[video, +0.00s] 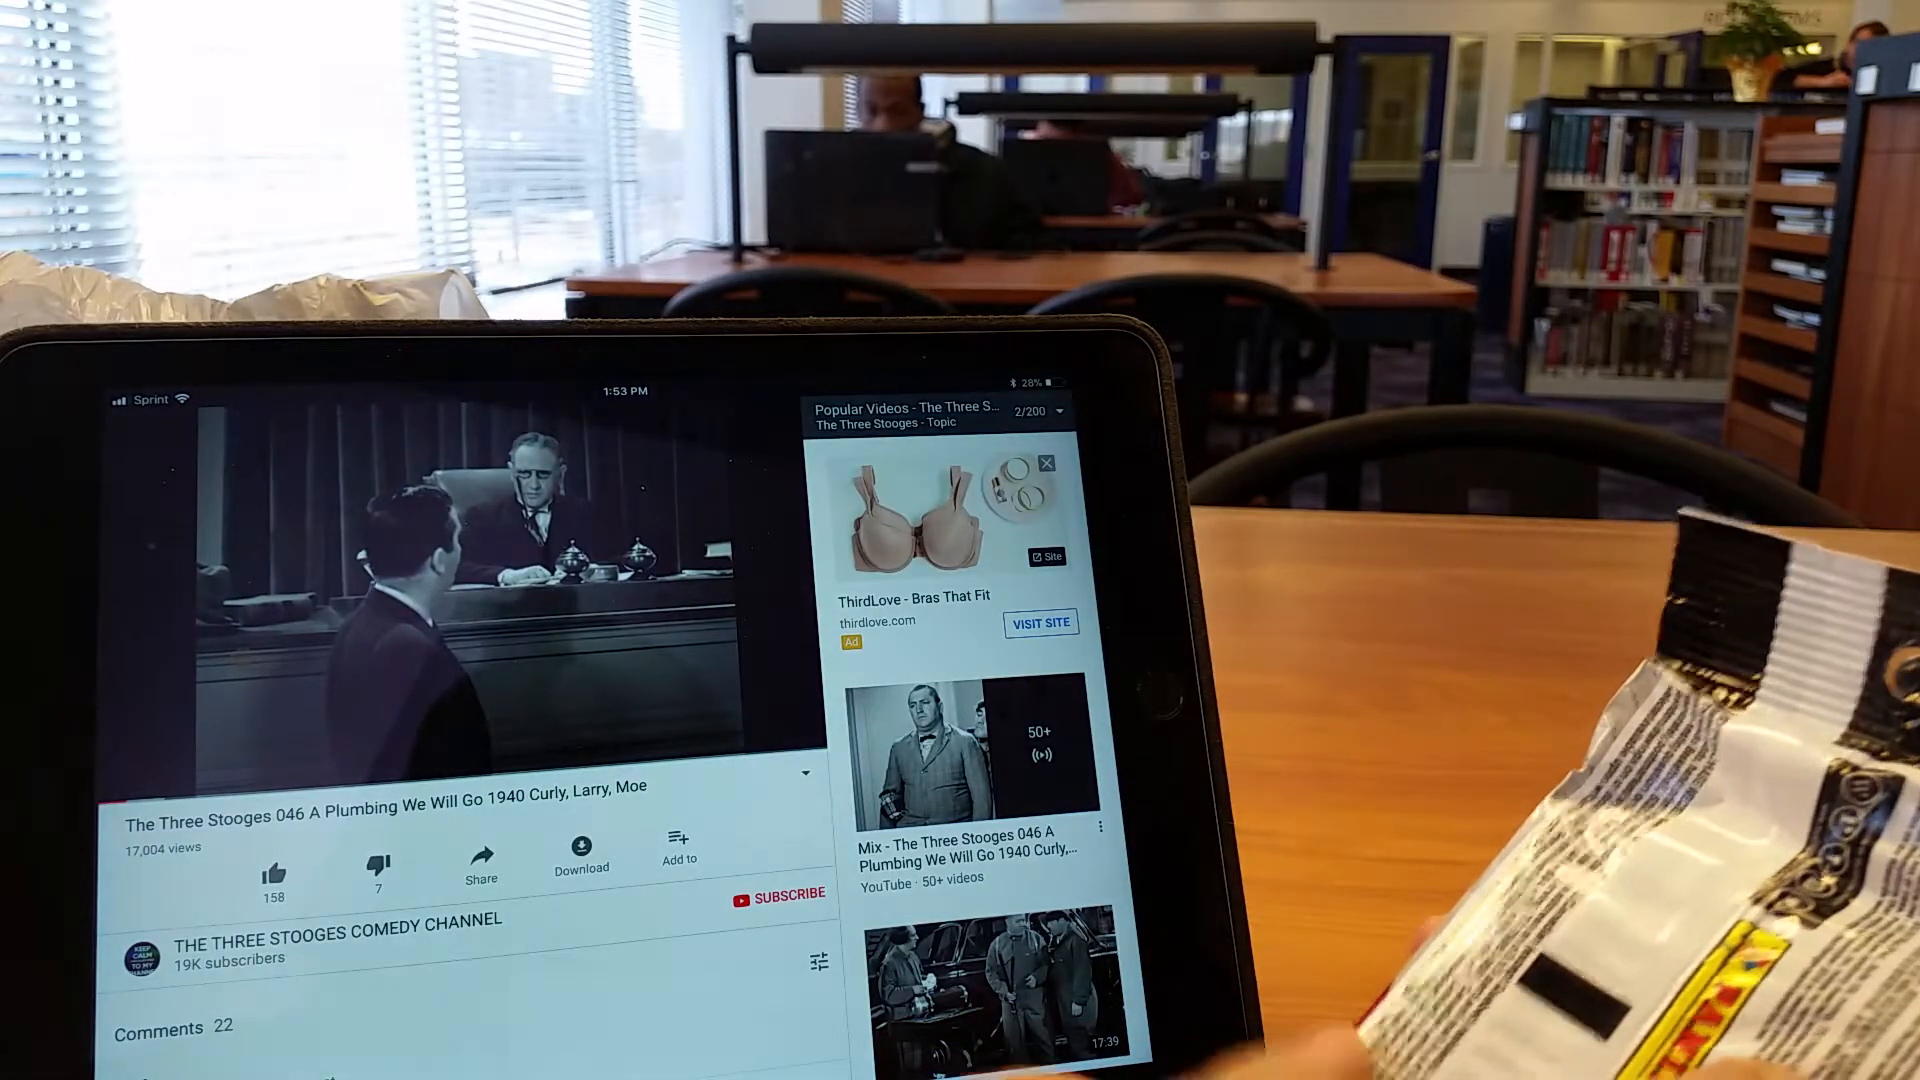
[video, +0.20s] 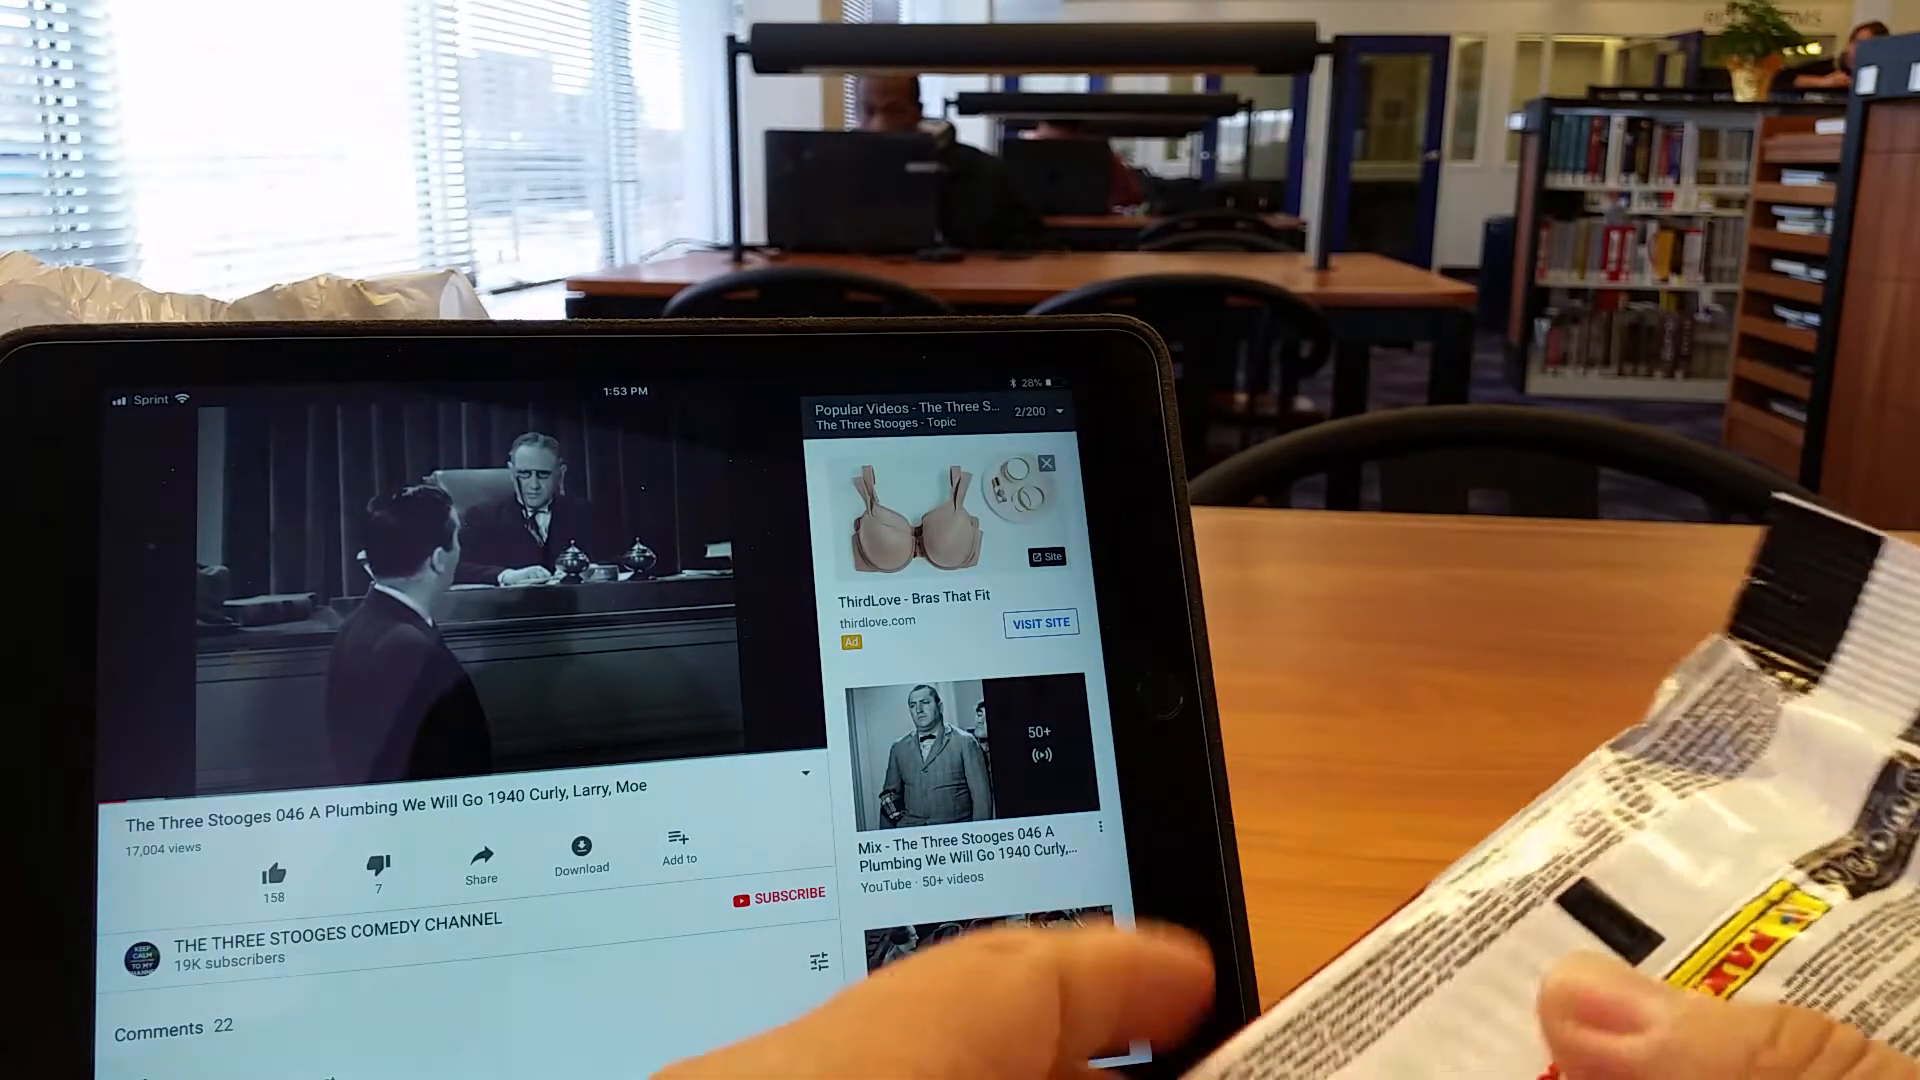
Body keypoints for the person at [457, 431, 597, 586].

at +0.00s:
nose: (534, 485)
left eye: (543, 475)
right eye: (524, 475)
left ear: (561, 474)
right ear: (511, 471)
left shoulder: (583, 515)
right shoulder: (482, 519)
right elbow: (455, 568)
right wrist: (504, 576)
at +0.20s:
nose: (534, 485)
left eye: (543, 475)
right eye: (524, 475)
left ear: (560, 474)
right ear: (511, 470)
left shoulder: (583, 515)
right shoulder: (482, 519)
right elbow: (455, 568)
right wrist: (504, 576)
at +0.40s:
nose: (533, 485)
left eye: (543, 475)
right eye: (524, 475)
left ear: (561, 473)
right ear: (512, 472)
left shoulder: (583, 515)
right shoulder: (483, 518)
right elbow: (455, 568)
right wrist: (504, 576)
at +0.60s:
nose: (533, 484)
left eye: (543, 475)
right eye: (524, 474)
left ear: (561, 473)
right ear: (511, 470)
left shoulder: (584, 515)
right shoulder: (484, 518)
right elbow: (456, 568)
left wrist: (590, 569)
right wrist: (505, 576)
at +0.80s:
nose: (533, 484)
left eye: (543, 475)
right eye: (524, 474)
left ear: (561, 472)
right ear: (511, 470)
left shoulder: (584, 515)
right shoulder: (483, 519)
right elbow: (455, 568)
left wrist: (591, 569)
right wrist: (505, 576)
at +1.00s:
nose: (533, 485)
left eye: (543, 475)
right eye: (524, 474)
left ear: (561, 473)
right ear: (511, 471)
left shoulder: (584, 515)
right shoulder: (483, 518)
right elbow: (454, 569)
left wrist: (593, 568)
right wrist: (504, 576)